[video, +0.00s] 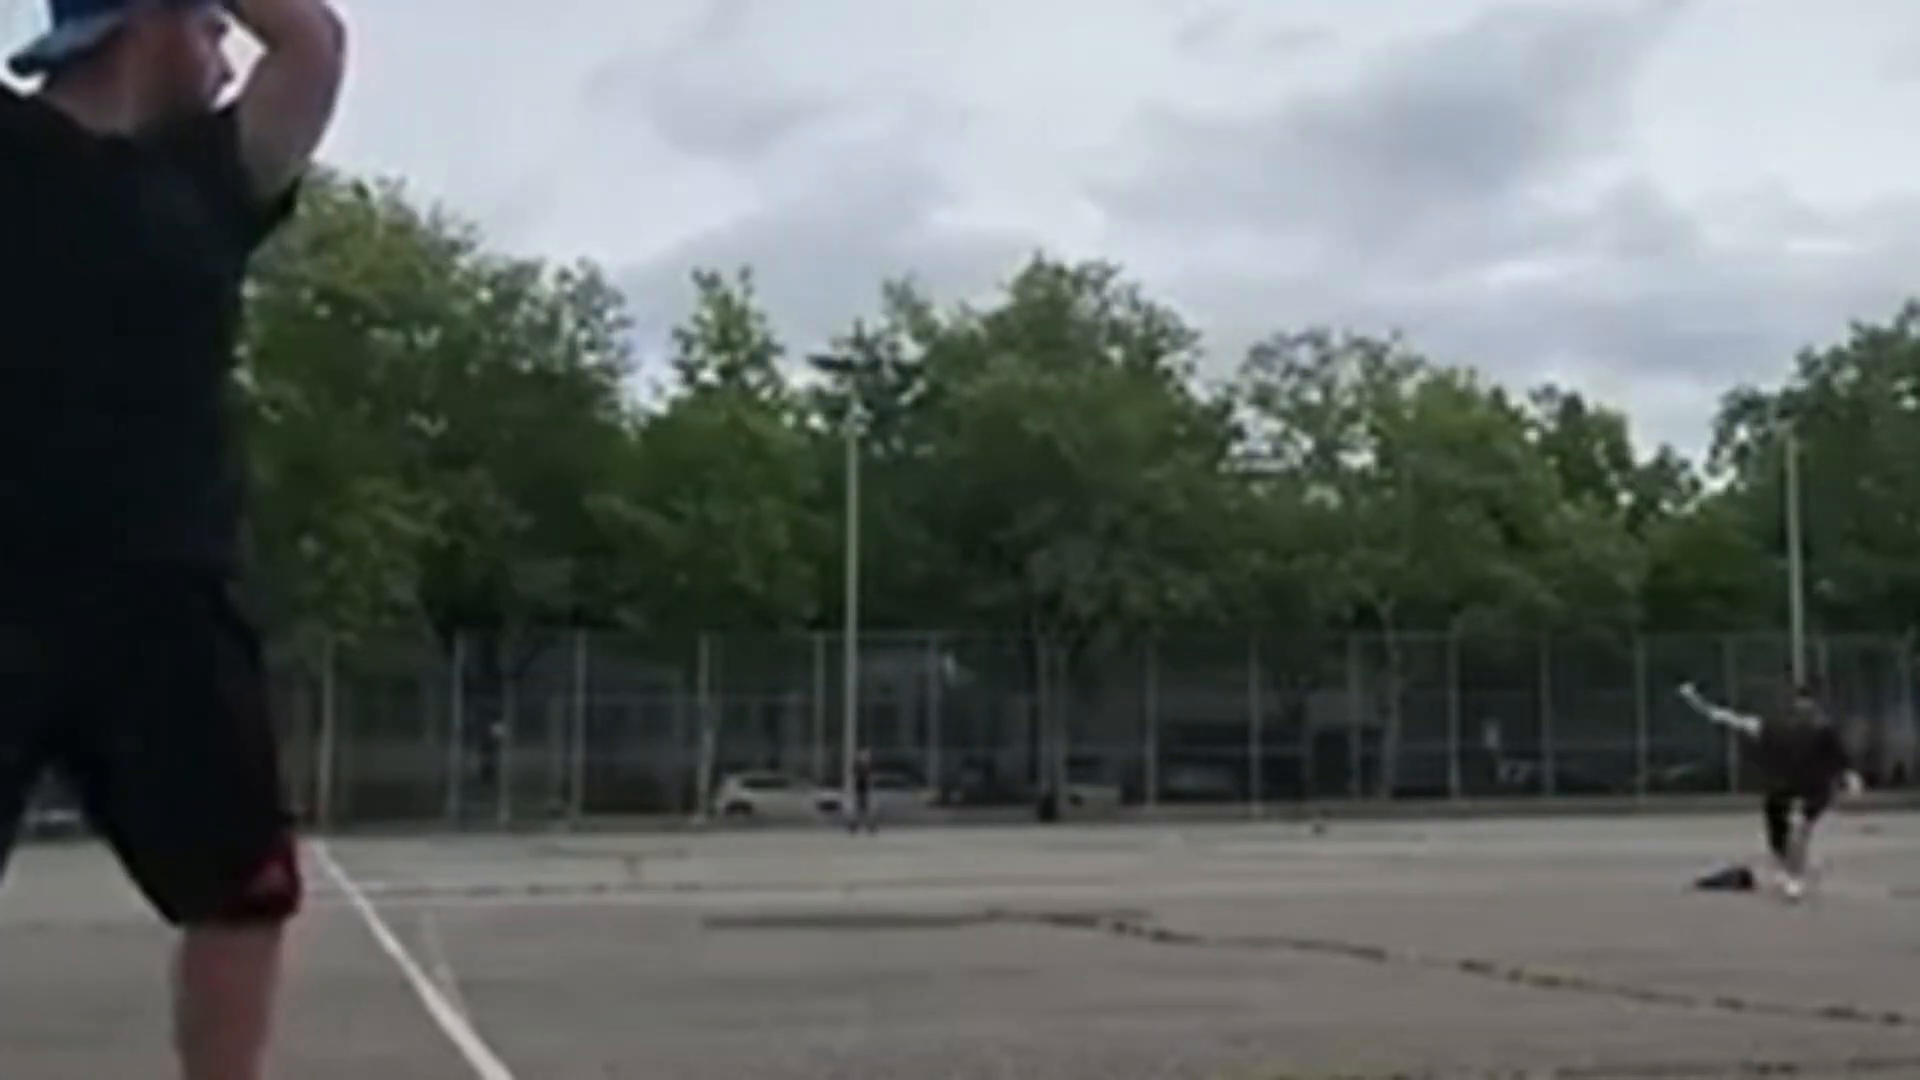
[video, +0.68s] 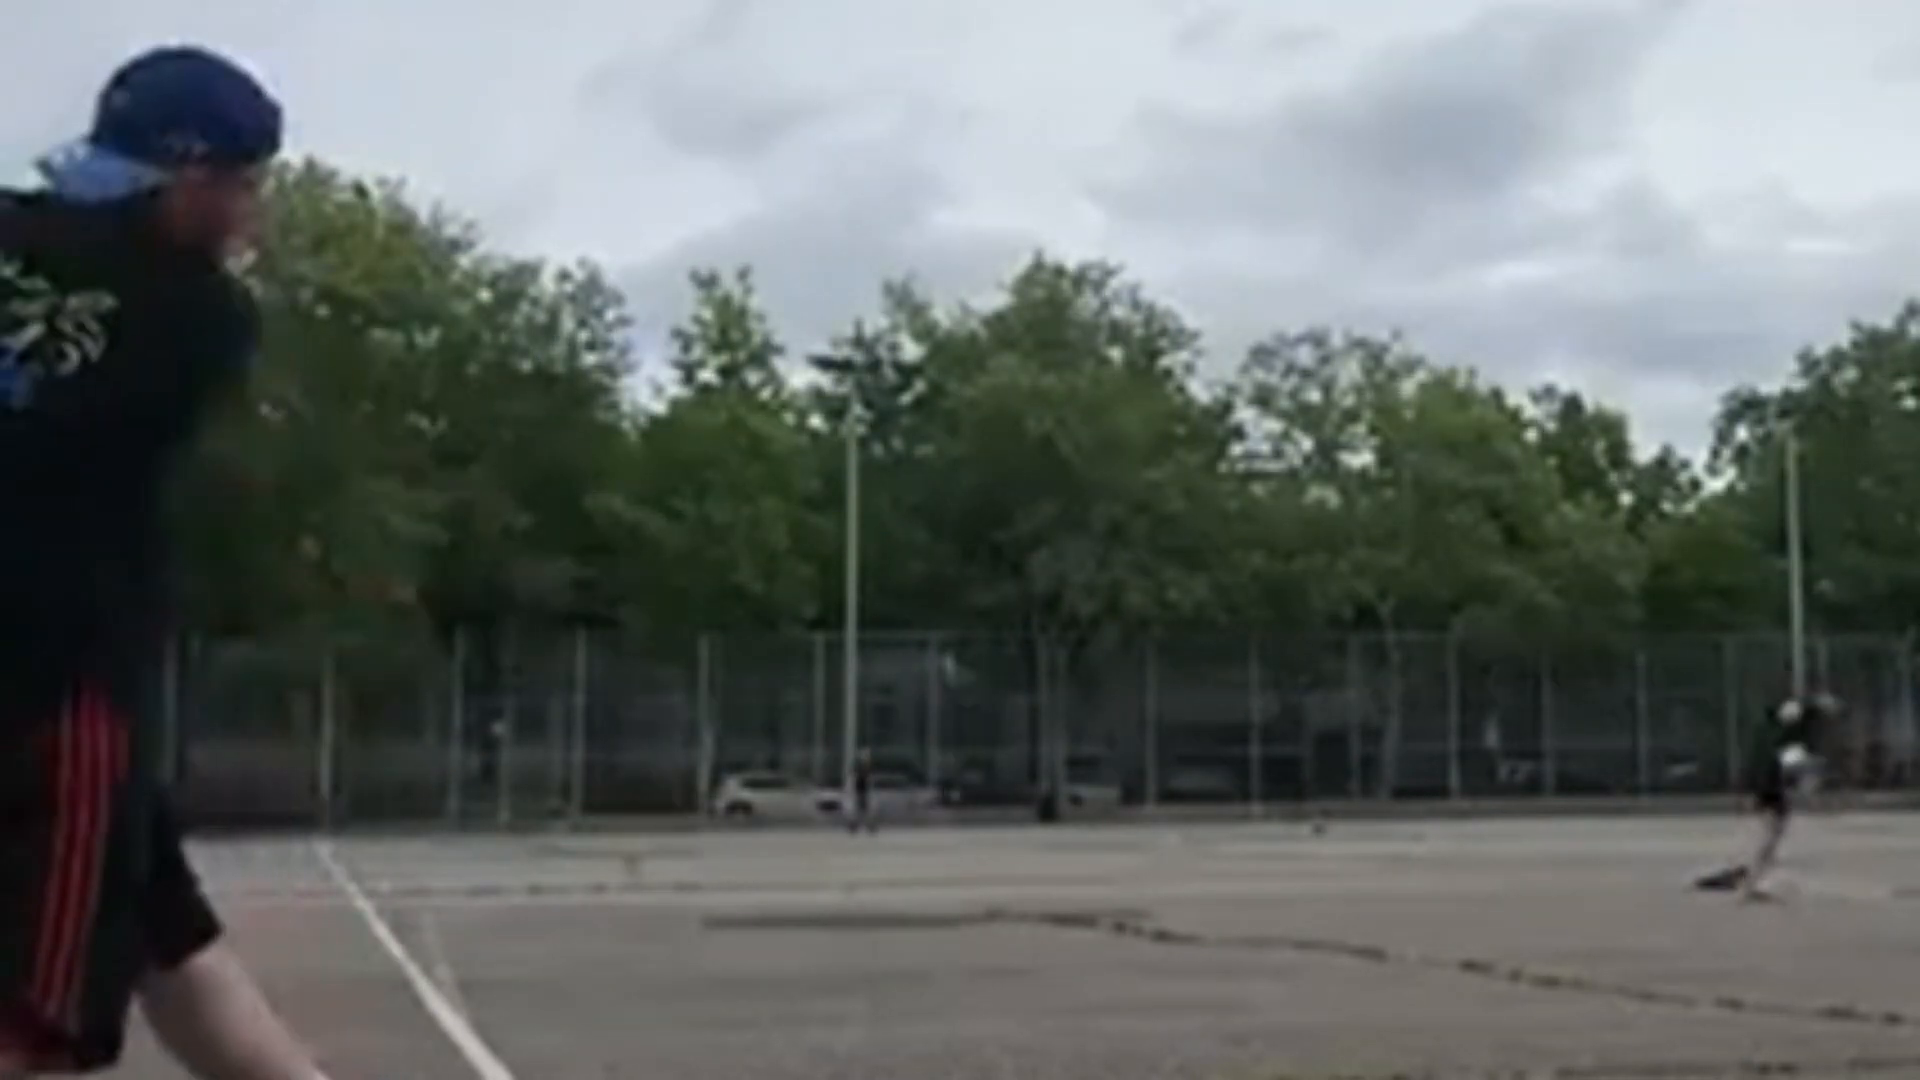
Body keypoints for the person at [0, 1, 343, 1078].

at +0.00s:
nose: (229, 65)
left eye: (228, 40)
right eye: (212, 32)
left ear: (140, 41)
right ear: (150, 30)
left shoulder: (201, 178)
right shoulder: (23, 150)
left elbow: (313, 47)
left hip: (161, 586)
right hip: (32, 582)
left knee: (244, 893)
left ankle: (222, 1068)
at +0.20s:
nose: (194, 92)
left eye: (194, 68)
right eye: (184, 64)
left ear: (176, 86)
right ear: (112, 62)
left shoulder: (176, 222)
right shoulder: (12, 174)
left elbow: (260, 160)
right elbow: (261, 161)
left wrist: (127, 28)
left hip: (100, 589)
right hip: (28, 590)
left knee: (304, 831)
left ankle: (311, 1059)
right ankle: (310, 1055)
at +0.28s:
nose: (228, 137)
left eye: (227, 110)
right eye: (216, 106)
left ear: (141, 99)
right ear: (147, 93)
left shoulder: (208, 249)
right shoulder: (9, 190)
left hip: (98, 611)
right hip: (43, 611)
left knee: (319, 848)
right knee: (315, 848)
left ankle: (349, 1060)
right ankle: (348, 1059)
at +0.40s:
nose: (258, 222)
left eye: (258, 195)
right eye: (243, 191)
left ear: (166, 189)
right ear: (164, 187)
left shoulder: (241, 335)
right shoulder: (29, 302)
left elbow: (143, 356)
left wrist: (6, 294)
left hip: (140, 698)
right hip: (17, 699)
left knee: (330, 886)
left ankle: (350, 1073)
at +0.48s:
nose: (255, 231)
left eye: (253, 206)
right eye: (235, 206)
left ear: (165, 217)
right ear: (148, 217)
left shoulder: (244, 327)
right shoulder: (33, 366)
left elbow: (235, 421)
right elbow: (84, 626)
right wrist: (41, 530)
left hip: (160, 704)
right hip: (33, 716)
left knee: (295, 881)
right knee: (5, 977)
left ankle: (338, 1069)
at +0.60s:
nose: (257, 236)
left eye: (256, 211)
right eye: (240, 210)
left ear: (142, 201)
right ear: (152, 203)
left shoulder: (31, 270)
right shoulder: (160, 318)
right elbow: (276, 453)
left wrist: (248, 432)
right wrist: (299, 450)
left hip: (73, 705)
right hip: (53, 710)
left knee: (212, 945)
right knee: (40, 1036)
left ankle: (319, 1066)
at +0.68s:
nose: (254, 211)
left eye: (256, 183)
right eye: (245, 182)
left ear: (120, 154)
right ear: (183, 176)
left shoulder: (17, 231)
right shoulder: (188, 307)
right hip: (73, 659)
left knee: (179, 955)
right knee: (40, 1024)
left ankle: (290, 1065)